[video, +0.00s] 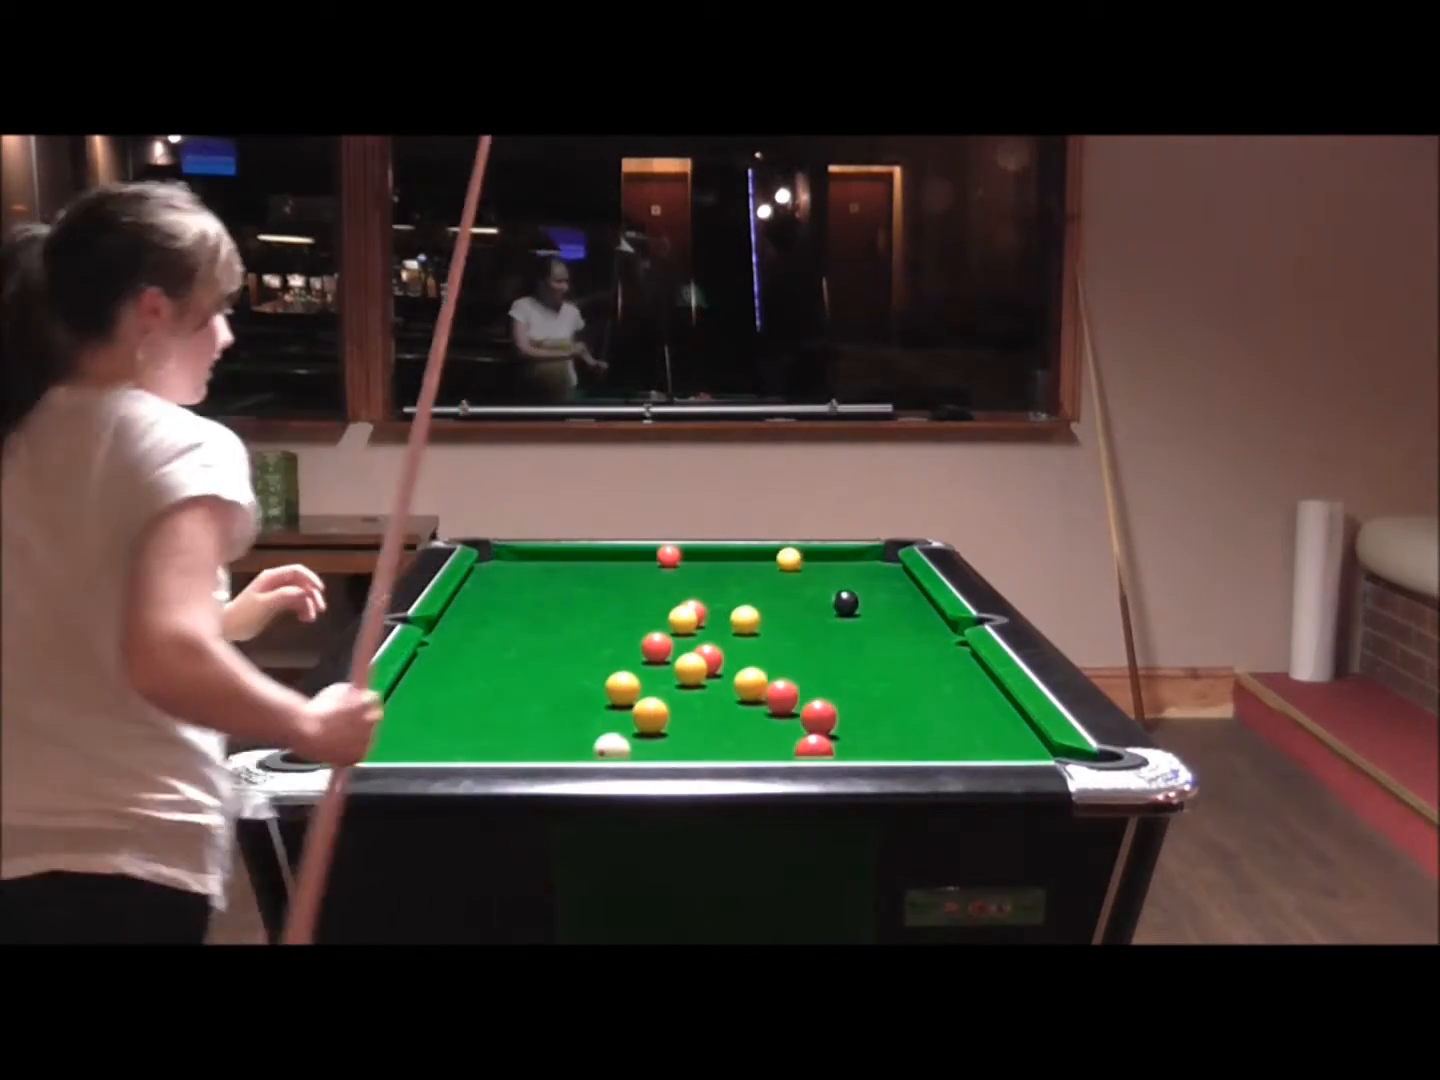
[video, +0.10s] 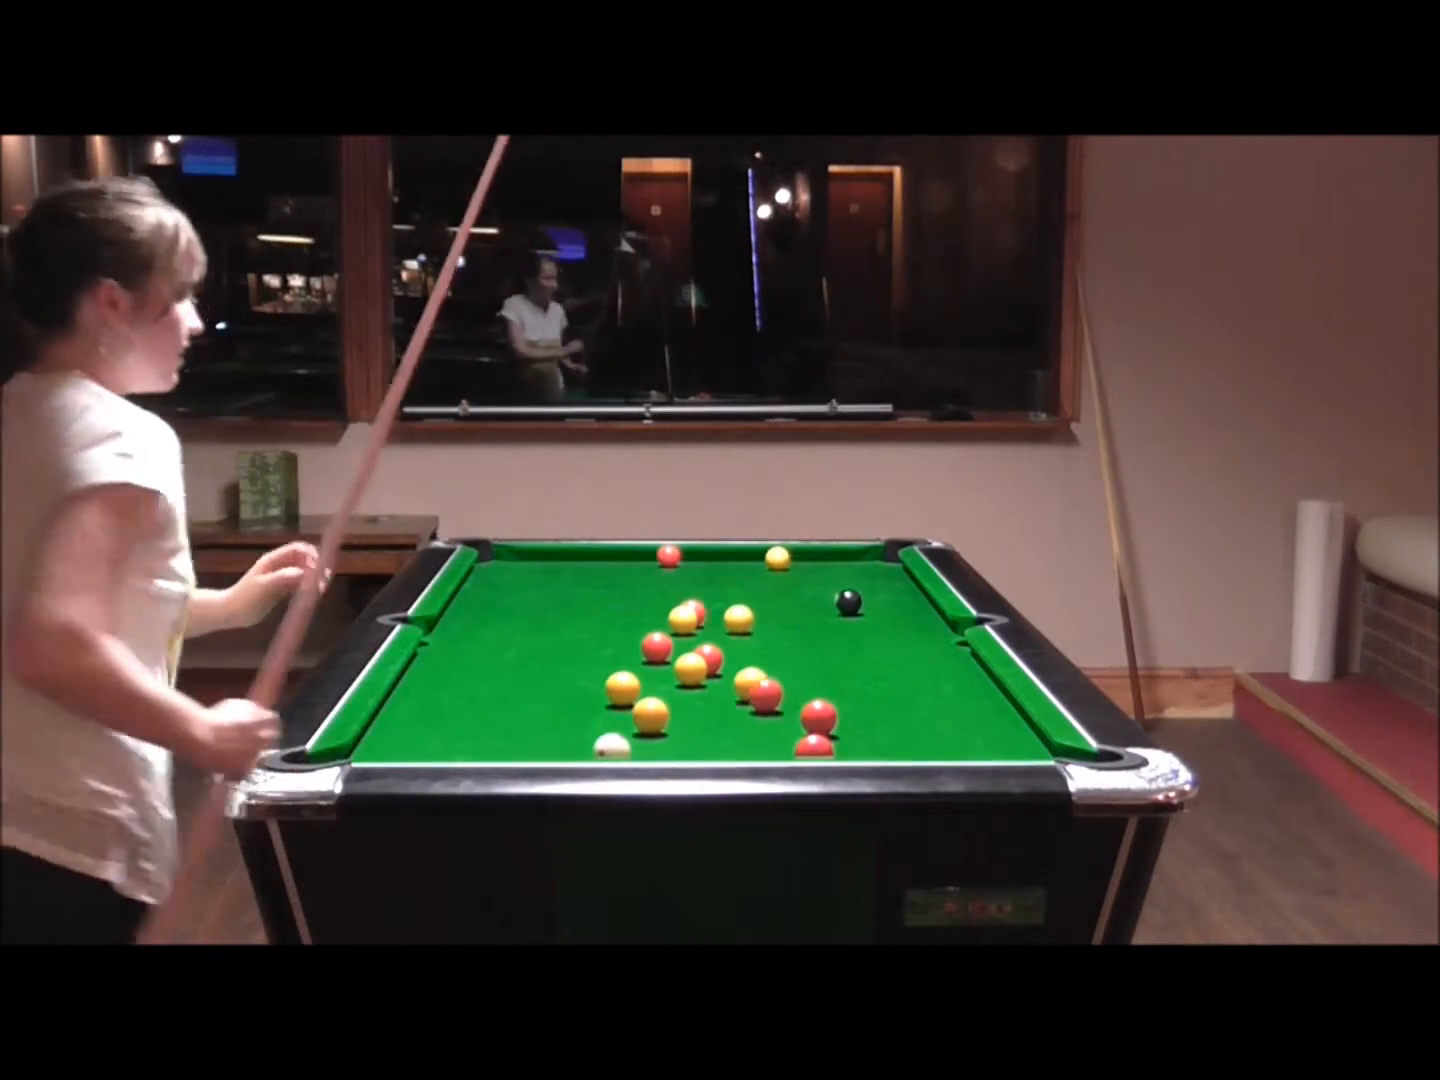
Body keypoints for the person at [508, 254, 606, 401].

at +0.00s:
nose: (564, 288)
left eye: (566, 282)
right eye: (558, 282)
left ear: (569, 283)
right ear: (542, 282)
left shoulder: (571, 312)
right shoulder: (523, 308)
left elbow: (576, 345)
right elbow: (524, 349)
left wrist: (591, 362)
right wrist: (567, 354)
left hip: (566, 387)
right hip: (533, 386)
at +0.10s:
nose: (554, 285)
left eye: (555, 279)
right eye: (547, 279)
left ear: (557, 280)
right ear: (531, 281)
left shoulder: (557, 310)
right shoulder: (514, 306)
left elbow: (557, 347)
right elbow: (520, 351)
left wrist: (570, 365)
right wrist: (563, 352)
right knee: (548, 372)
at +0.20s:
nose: (549, 282)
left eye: (550, 275)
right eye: (543, 276)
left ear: (553, 277)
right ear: (527, 277)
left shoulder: (548, 307)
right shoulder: (512, 302)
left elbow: (551, 345)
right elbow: (523, 348)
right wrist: (566, 349)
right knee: (545, 369)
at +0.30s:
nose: (544, 279)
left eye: (544, 274)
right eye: (539, 274)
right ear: (524, 276)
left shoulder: (530, 306)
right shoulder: (514, 306)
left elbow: (539, 345)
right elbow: (536, 345)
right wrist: (574, 341)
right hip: (497, 393)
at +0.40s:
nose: (537, 282)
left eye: (538, 276)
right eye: (532, 276)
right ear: (515, 277)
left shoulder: (516, 303)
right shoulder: (506, 299)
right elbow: (546, 346)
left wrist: (576, 338)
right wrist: (579, 339)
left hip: (506, 381)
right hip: (491, 383)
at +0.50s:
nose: (535, 284)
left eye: (535, 278)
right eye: (531, 277)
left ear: (515, 280)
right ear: (514, 279)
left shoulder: (512, 305)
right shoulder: (504, 302)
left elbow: (542, 346)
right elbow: (547, 348)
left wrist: (572, 340)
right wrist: (579, 345)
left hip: (499, 387)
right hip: (486, 388)